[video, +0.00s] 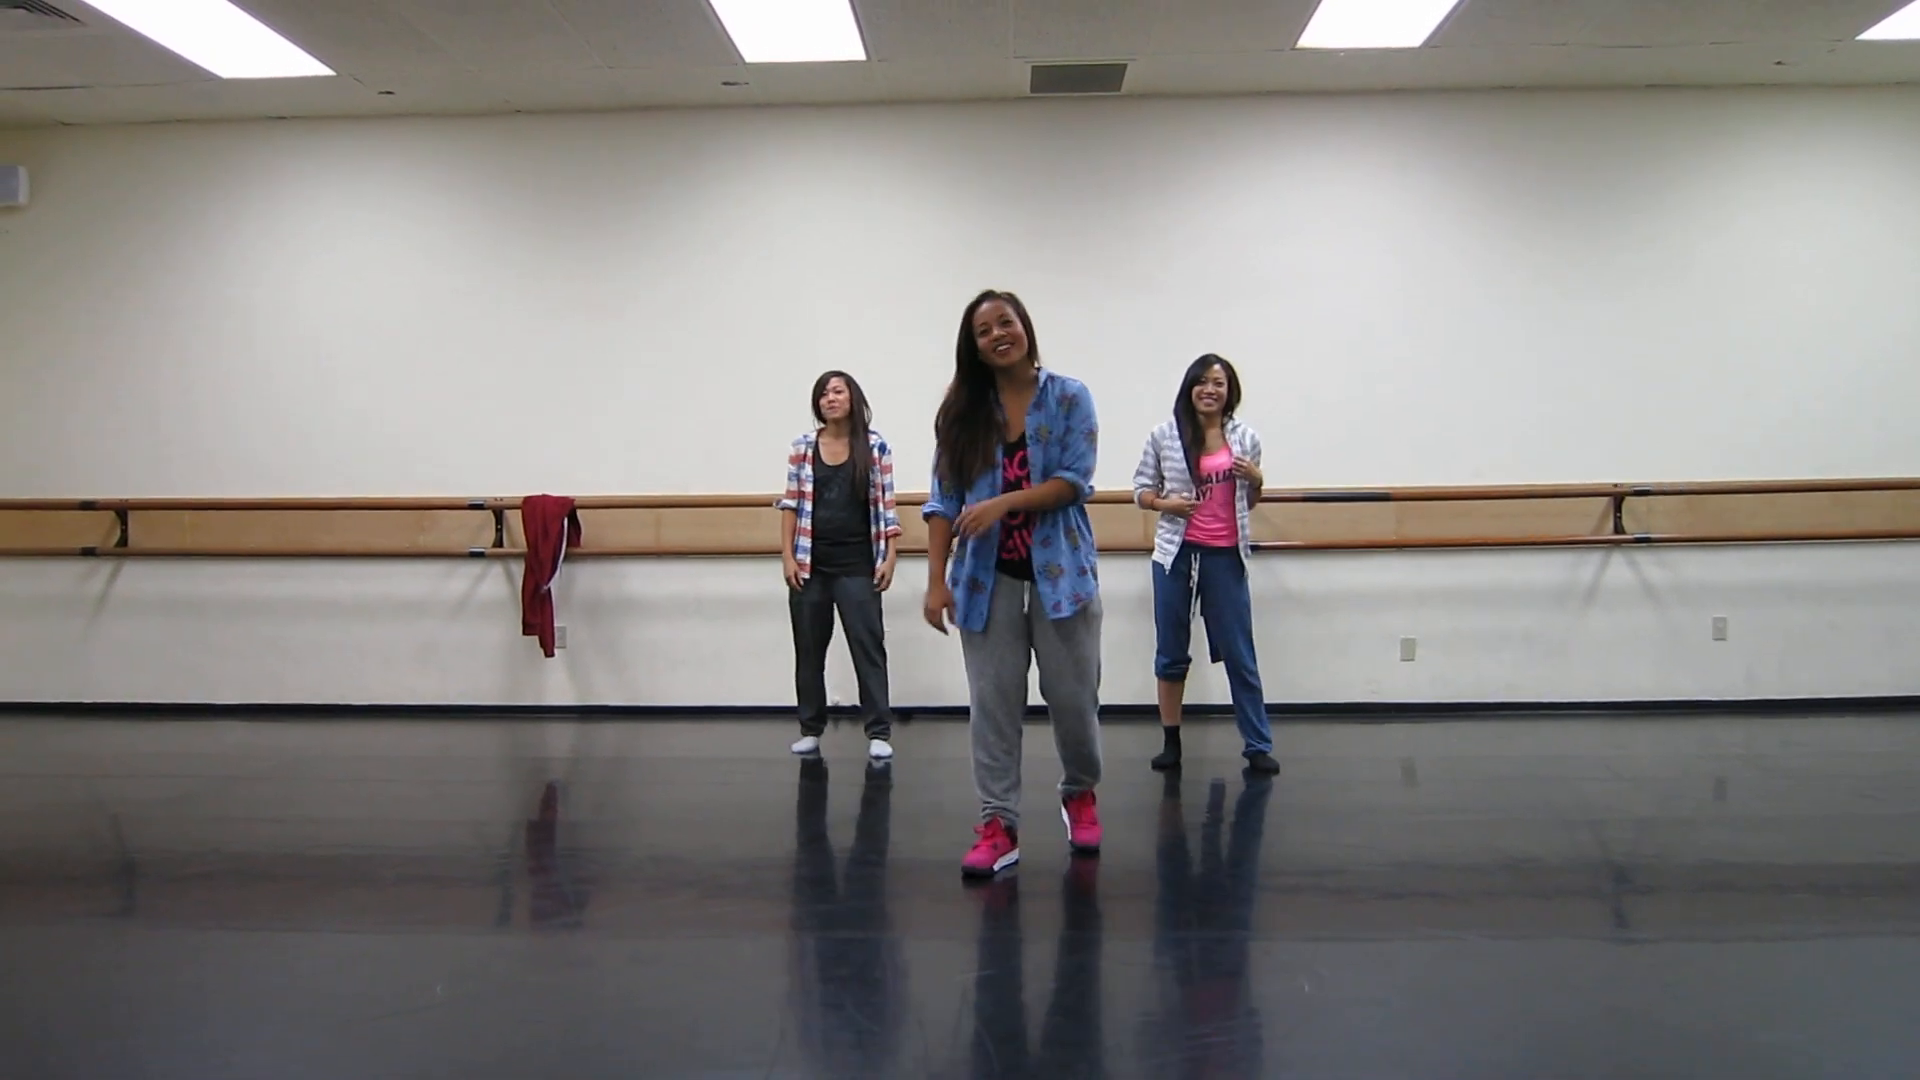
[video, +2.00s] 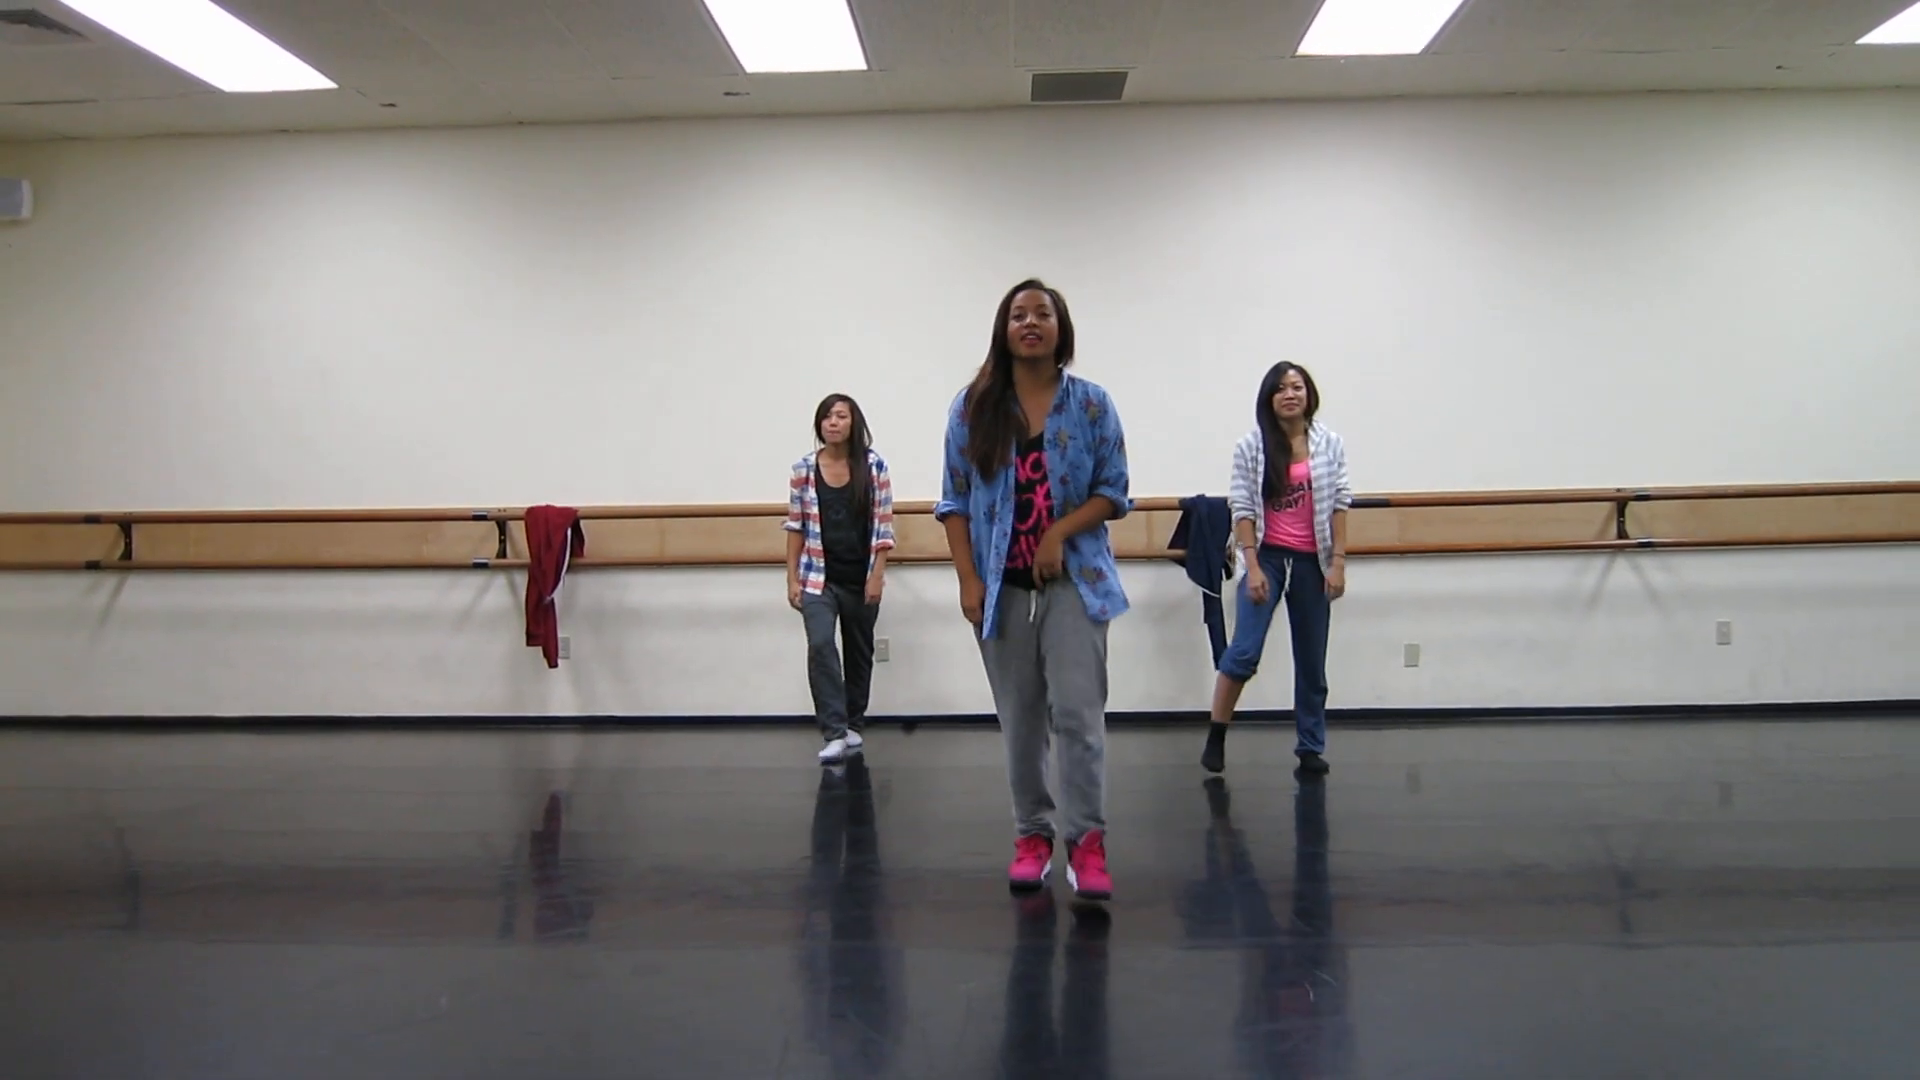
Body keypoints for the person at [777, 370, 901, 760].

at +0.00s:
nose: (832, 397)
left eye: (839, 391)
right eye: (825, 393)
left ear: (854, 399)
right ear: (817, 403)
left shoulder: (874, 445)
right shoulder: (803, 446)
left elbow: (887, 505)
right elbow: (790, 504)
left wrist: (890, 556)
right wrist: (787, 554)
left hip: (859, 565)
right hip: (810, 565)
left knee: (868, 649)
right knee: (808, 652)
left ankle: (878, 732)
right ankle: (810, 729)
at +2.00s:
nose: (834, 422)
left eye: (842, 416)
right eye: (828, 416)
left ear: (854, 424)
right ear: (819, 424)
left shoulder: (873, 465)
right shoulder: (803, 469)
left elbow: (884, 524)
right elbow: (795, 527)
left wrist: (877, 573)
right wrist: (793, 578)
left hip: (861, 580)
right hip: (817, 578)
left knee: (858, 655)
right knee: (820, 647)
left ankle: (853, 724)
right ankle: (834, 733)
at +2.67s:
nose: (827, 411)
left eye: (835, 406)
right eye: (820, 406)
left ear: (848, 418)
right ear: (810, 416)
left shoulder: (866, 462)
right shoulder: (792, 462)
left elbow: (894, 515)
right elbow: (765, 505)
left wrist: (887, 549)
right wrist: (766, 541)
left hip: (851, 588)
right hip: (802, 590)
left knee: (850, 669)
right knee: (813, 674)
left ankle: (850, 760)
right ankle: (829, 750)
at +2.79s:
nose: (823, 416)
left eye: (830, 409)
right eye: (816, 411)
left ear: (845, 419)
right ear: (806, 424)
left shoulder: (866, 463)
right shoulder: (795, 465)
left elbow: (902, 496)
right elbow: (765, 505)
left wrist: (909, 479)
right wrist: (756, 464)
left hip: (854, 589)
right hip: (803, 590)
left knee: (850, 673)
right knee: (806, 679)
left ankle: (847, 766)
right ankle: (832, 721)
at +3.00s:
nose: (818, 422)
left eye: (824, 414)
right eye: (810, 419)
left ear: (840, 422)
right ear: (803, 433)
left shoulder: (861, 469)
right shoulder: (791, 471)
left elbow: (894, 503)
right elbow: (746, 479)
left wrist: (909, 484)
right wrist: (698, 475)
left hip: (850, 596)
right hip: (800, 593)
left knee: (849, 681)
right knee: (798, 670)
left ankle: (846, 768)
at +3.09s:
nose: (813, 415)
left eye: (820, 408)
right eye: (805, 412)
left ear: (835, 415)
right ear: (798, 425)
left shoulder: (855, 459)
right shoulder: (793, 461)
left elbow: (839, 492)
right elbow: (775, 473)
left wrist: (802, 505)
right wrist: (778, 475)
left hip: (843, 590)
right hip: (795, 585)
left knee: (847, 684)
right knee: (779, 654)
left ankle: (844, 766)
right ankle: (770, 737)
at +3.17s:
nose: (806, 399)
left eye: (812, 392)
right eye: (797, 396)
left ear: (828, 399)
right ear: (790, 409)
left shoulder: (848, 443)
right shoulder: (785, 443)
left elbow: (811, 481)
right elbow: (780, 463)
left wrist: (760, 495)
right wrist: (803, 451)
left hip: (842, 577)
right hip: (791, 571)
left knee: (850, 662)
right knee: (762, 640)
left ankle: (852, 759)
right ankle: (771, 731)